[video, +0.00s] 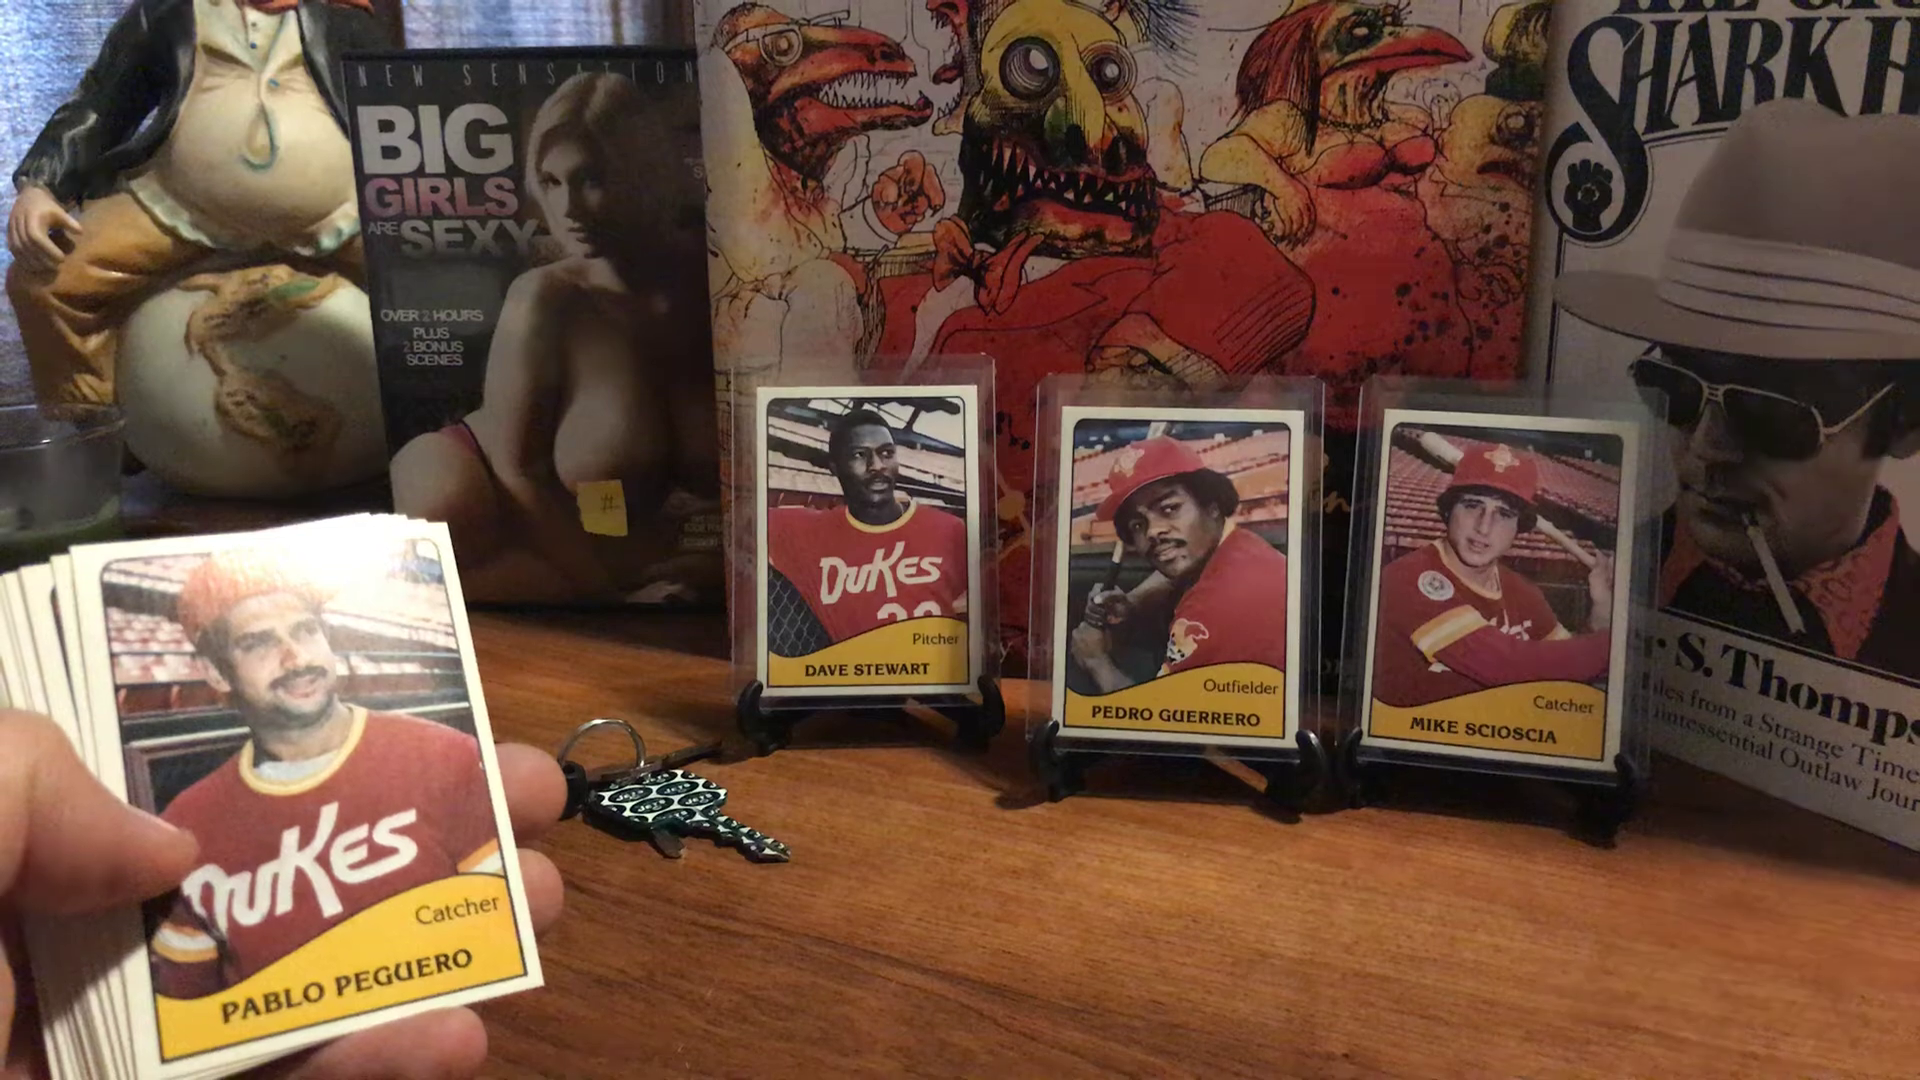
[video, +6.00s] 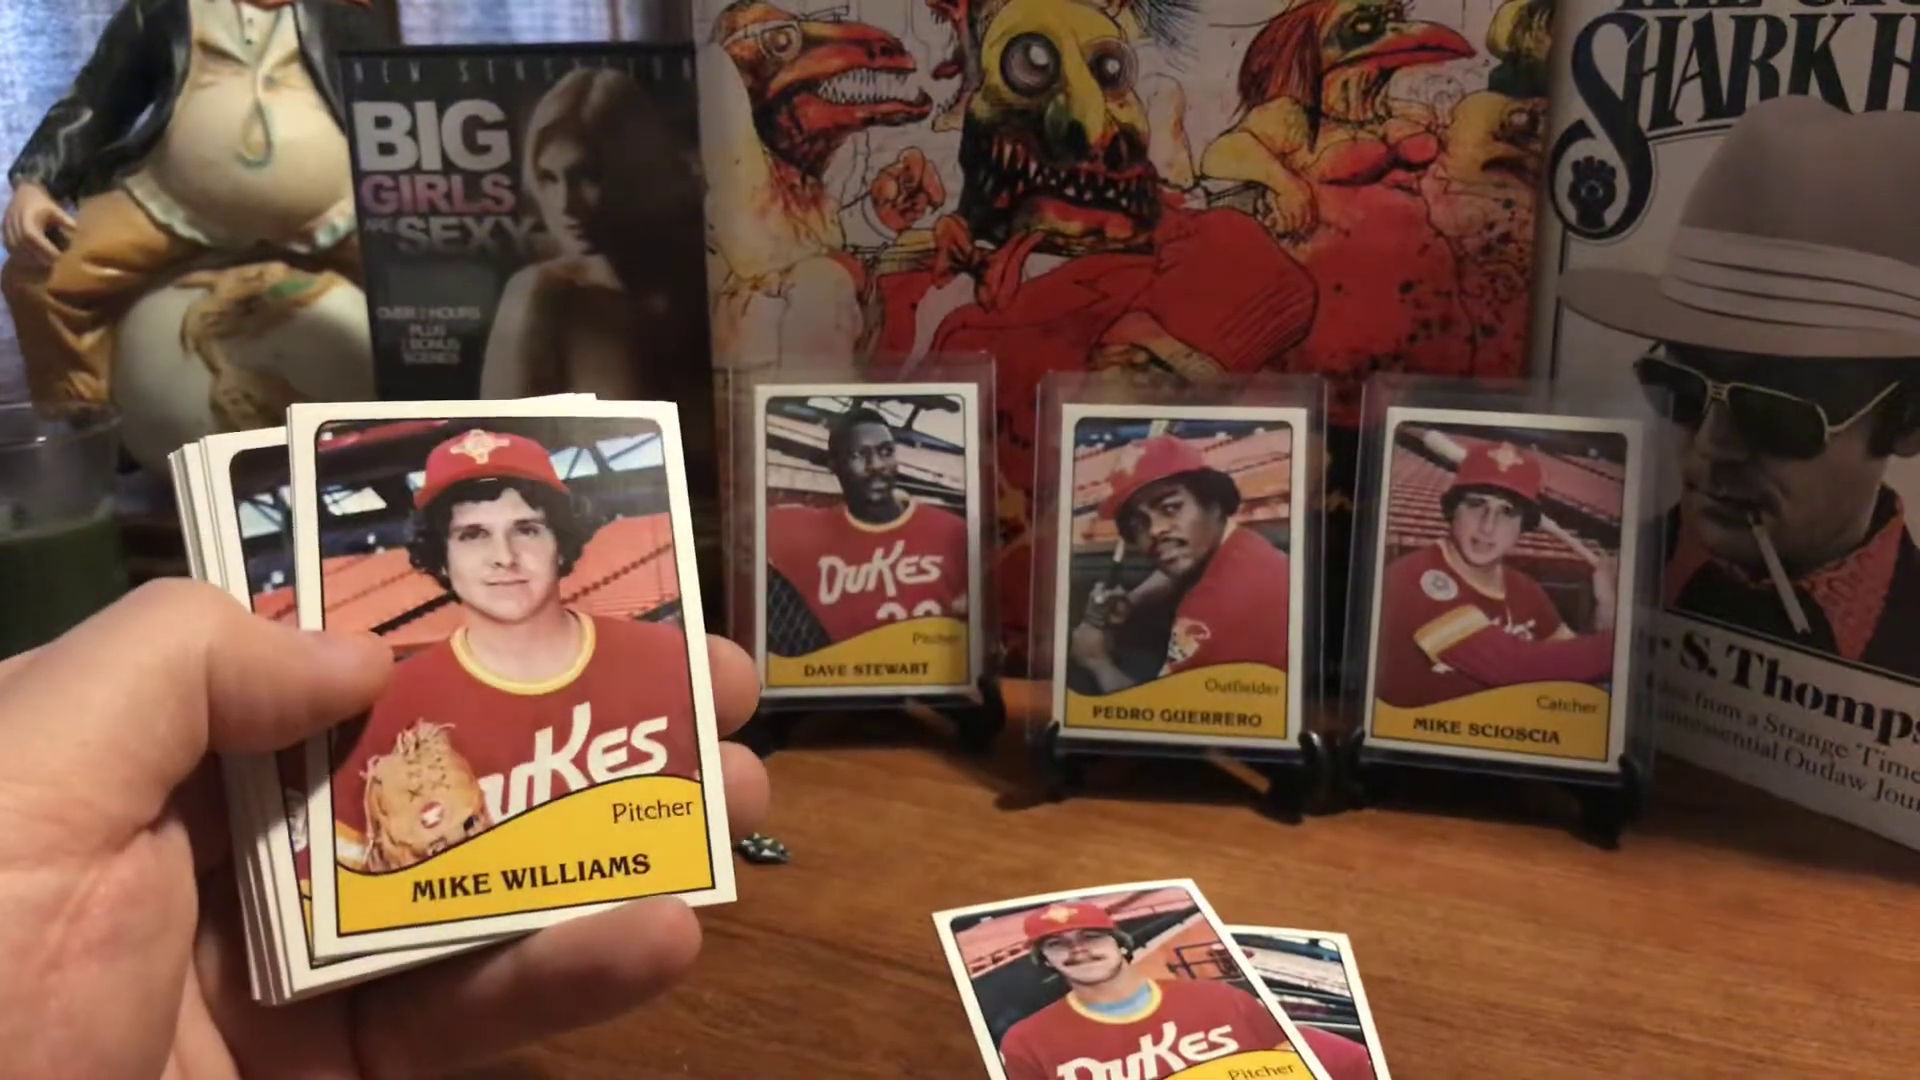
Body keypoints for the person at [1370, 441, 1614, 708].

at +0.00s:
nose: (1483, 526)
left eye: (1503, 514)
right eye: (1473, 505)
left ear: (1518, 529)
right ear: (1449, 510)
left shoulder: (1522, 593)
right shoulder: (1410, 579)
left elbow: (1573, 673)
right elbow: (1501, 665)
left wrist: (1602, 607)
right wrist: (1621, 642)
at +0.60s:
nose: (1484, 525)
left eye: (1504, 513)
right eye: (1473, 505)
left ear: (1518, 527)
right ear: (1448, 508)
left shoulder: (1521, 591)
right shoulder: (1411, 578)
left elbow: (1577, 668)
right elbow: (1503, 664)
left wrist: (1601, 592)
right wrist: (1620, 642)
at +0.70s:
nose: (1484, 525)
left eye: (1503, 513)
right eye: (1473, 505)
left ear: (1518, 527)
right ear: (1448, 508)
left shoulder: (1522, 591)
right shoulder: (1411, 578)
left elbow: (1568, 662)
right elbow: (1503, 664)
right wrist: (1624, 640)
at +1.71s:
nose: (1483, 525)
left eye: (1503, 512)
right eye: (1472, 505)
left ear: (1519, 525)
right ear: (1448, 508)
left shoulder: (1521, 590)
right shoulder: (1411, 578)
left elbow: (1571, 663)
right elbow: (1502, 663)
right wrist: (1620, 643)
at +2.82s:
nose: (1484, 526)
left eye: (1504, 512)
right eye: (1474, 504)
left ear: (1520, 526)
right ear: (1449, 508)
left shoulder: (1522, 590)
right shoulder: (1413, 578)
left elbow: (1576, 669)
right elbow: (1503, 664)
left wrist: (1604, 605)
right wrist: (1617, 643)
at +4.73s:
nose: (1488, 525)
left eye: (1508, 512)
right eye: (1477, 504)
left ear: (1525, 527)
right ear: (1453, 509)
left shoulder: (1527, 591)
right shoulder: (1417, 577)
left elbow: (1579, 671)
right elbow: (1506, 665)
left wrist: (1608, 608)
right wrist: (1614, 644)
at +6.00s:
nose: (1487, 525)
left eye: (1506, 512)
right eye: (1476, 505)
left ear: (1522, 526)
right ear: (1452, 509)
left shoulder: (1523, 590)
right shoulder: (1416, 579)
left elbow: (1578, 675)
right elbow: (1506, 665)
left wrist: (1606, 608)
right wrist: (1626, 644)